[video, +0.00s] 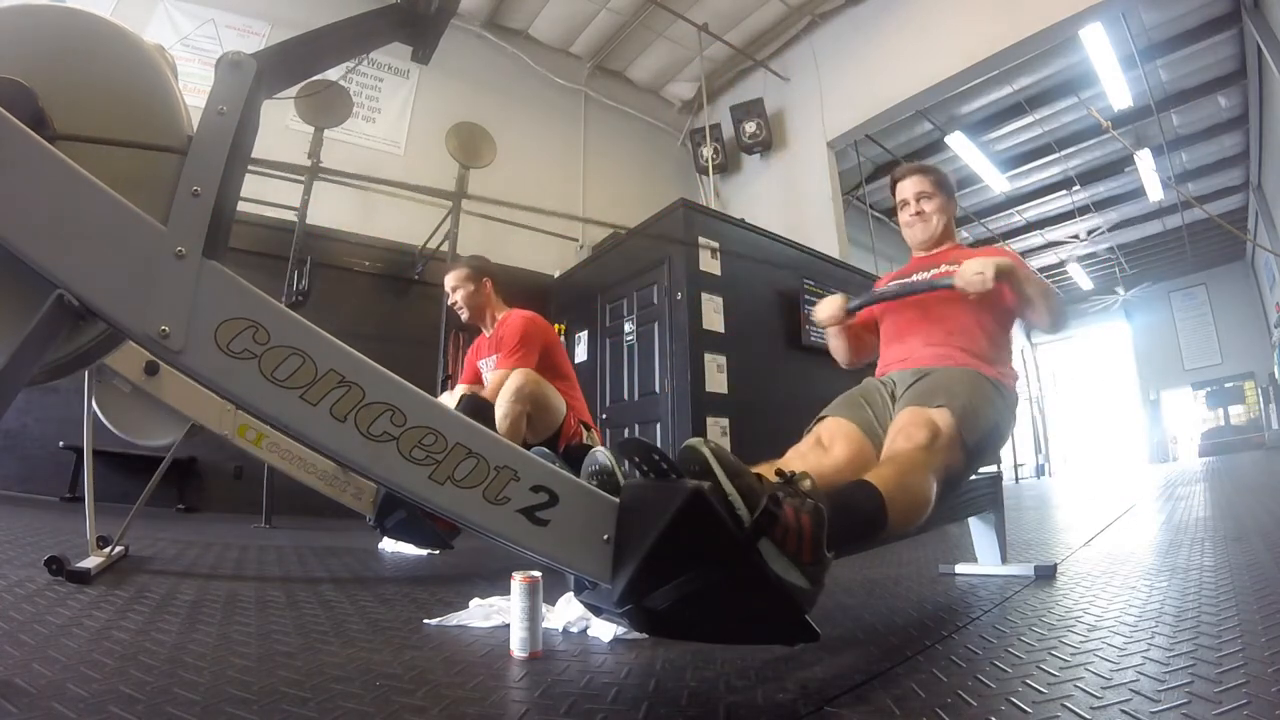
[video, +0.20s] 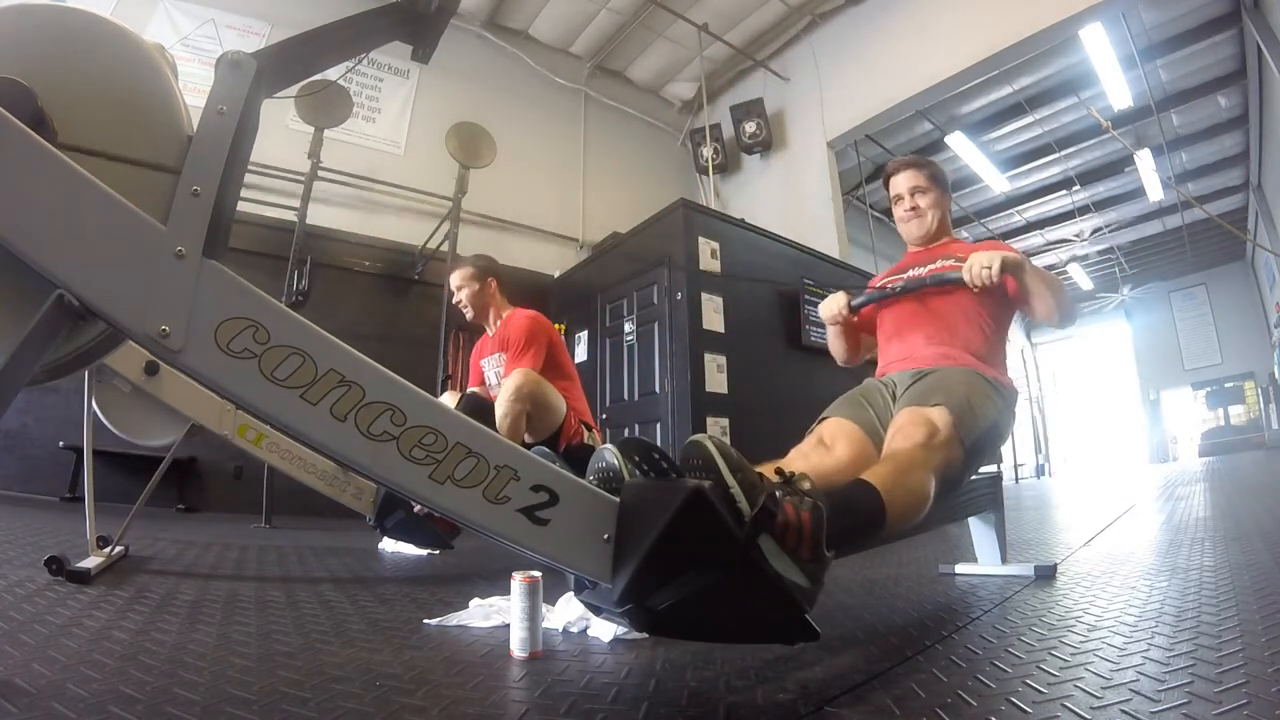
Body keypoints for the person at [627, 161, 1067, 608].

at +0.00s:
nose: (914, 208)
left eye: (925, 197)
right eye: (904, 203)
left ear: (951, 206)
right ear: (897, 220)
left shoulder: (990, 258)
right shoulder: (889, 282)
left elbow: (1047, 317)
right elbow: (853, 356)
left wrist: (1009, 267)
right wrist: (835, 325)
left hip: (962, 374)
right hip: (886, 382)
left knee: (915, 437)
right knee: (822, 445)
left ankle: (820, 529)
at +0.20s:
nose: (907, 204)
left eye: (918, 193)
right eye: (898, 200)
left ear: (946, 200)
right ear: (892, 215)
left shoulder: (986, 253)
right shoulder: (883, 281)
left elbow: (1052, 314)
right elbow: (851, 355)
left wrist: (1018, 263)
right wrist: (837, 322)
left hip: (959, 372)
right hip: (883, 386)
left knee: (918, 436)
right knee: (824, 443)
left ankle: (820, 524)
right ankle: (735, 489)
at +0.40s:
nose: (895, 192)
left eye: (906, 179)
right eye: (884, 187)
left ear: (936, 188)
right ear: (879, 203)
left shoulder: (982, 244)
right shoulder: (868, 272)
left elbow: (1050, 295)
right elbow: (830, 339)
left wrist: (996, 278)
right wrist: (793, 343)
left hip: (960, 372)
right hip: (881, 386)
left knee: (913, 435)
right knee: (816, 445)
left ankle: (818, 528)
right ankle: (694, 495)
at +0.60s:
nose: (863, 170)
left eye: (876, 157)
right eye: (853, 165)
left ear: (910, 165)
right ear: (847, 182)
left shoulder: (959, 223)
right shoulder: (837, 260)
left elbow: (967, 264)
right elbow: (786, 301)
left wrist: (930, 301)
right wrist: (733, 345)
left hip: (968, 388)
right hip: (879, 395)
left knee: (909, 381)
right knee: (786, 408)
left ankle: (822, 514)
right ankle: (703, 502)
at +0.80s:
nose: (807, 140)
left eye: (821, 124)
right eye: (797, 134)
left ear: (862, 135)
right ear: (793, 152)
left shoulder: (917, 191)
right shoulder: (790, 237)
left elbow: (903, 229)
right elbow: (720, 276)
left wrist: (847, 268)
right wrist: (639, 325)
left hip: (942, 396)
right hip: (839, 398)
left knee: (889, 319)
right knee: (735, 362)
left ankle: (814, 516)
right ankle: (693, 496)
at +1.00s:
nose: (740, 107)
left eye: (757, 91)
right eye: (730, 104)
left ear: (806, 104)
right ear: (727, 132)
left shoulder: (873, 162)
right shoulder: (717, 220)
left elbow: (828, 195)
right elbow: (633, 259)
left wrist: (725, 243)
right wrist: (544, 318)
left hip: (902, 401)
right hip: (784, 408)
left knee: (851, 267)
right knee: (676, 333)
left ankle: (810, 512)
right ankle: (683, 514)